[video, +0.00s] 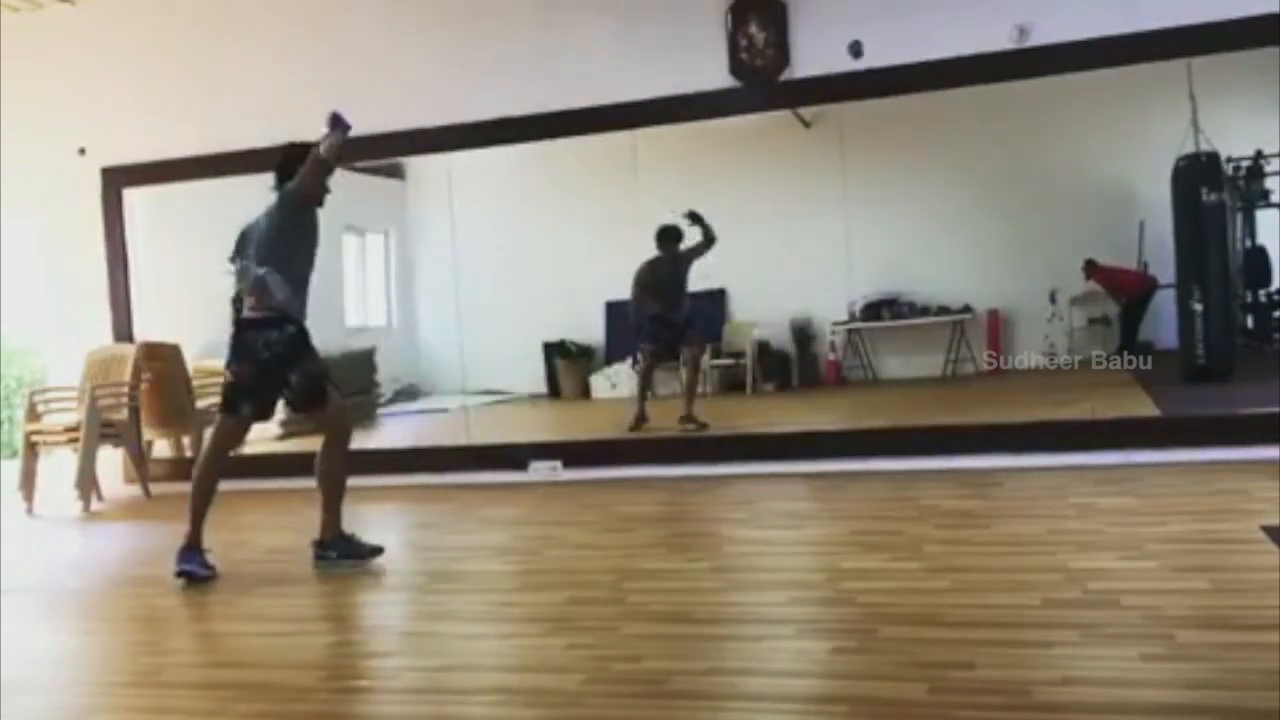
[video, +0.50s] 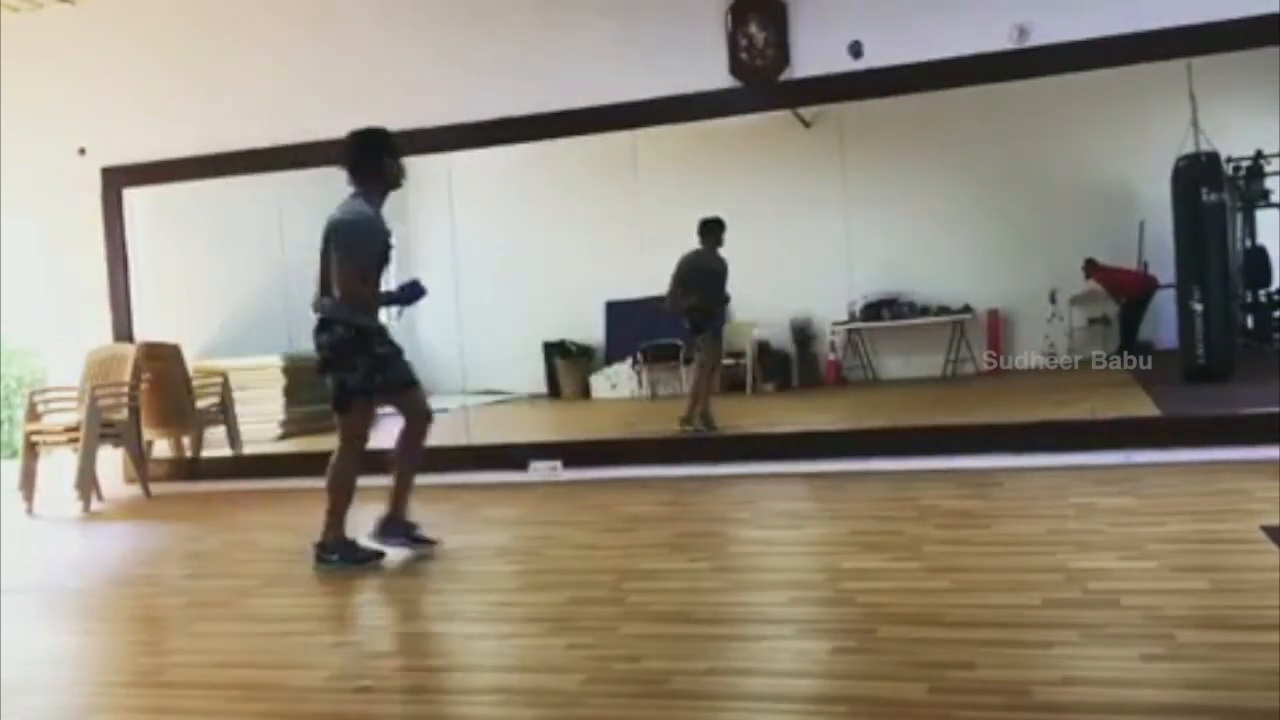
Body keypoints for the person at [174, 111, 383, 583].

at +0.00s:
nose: (326, 188)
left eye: (326, 179)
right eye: (322, 178)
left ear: (282, 177)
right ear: (303, 177)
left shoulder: (252, 229)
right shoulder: (296, 209)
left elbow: (243, 286)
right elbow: (318, 162)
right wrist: (337, 134)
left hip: (247, 339)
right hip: (282, 337)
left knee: (223, 439)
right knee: (337, 423)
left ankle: (191, 546)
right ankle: (331, 536)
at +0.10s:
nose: (336, 185)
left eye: (335, 176)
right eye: (333, 178)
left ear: (289, 178)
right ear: (323, 177)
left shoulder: (266, 229)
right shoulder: (313, 206)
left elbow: (257, 296)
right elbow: (341, 179)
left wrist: (249, 356)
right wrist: (359, 167)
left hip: (262, 340)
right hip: (304, 339)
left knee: (248, 438)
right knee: (349, 430)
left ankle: (200, 541)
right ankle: (335, 539)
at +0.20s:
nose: (346, 181)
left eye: (346, 172)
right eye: (343, 171)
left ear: (300, 175)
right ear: (329, 173)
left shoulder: (276, 225)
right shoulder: (318, 205)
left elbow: (268, 294)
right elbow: (334, 214)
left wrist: (261, 356)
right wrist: (378, 180)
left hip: (278, 337)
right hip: (314, 336)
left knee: (279, 435)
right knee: (351, 432)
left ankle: (215, 535)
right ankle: (335, 539)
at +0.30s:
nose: (362, 173)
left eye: (361, 163)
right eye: (357, 164)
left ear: (318, 168)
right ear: (342, 168)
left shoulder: (298, 216)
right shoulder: (331, 209)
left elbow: (292, 282)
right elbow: (350, 254)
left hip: (305, 332)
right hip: (328, 329)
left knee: (334, 432)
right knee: (348, 434)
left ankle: (272, 511)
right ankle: (333, 541)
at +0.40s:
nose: (374, 172)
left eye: (373, 162)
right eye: (369, 163)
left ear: (333, 167)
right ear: (353, 166)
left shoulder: (314, 214)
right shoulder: (341, 214)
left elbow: (320, 279)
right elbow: (347, 277)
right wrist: (399, 275)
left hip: (320, 329)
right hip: (336, 331)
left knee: (370, 422)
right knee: (351, 428)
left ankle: (313, 510)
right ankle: (331, 539)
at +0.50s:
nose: (401, 168)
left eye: (398, 159)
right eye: (394, 160)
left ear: (358, 170)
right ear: (379, 168)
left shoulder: (343, 219)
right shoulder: (362, 222)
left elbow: (327, 292)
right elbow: (351, 294)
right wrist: (396, 297)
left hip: (347, 330)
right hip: (354, 332)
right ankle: (332, 539)